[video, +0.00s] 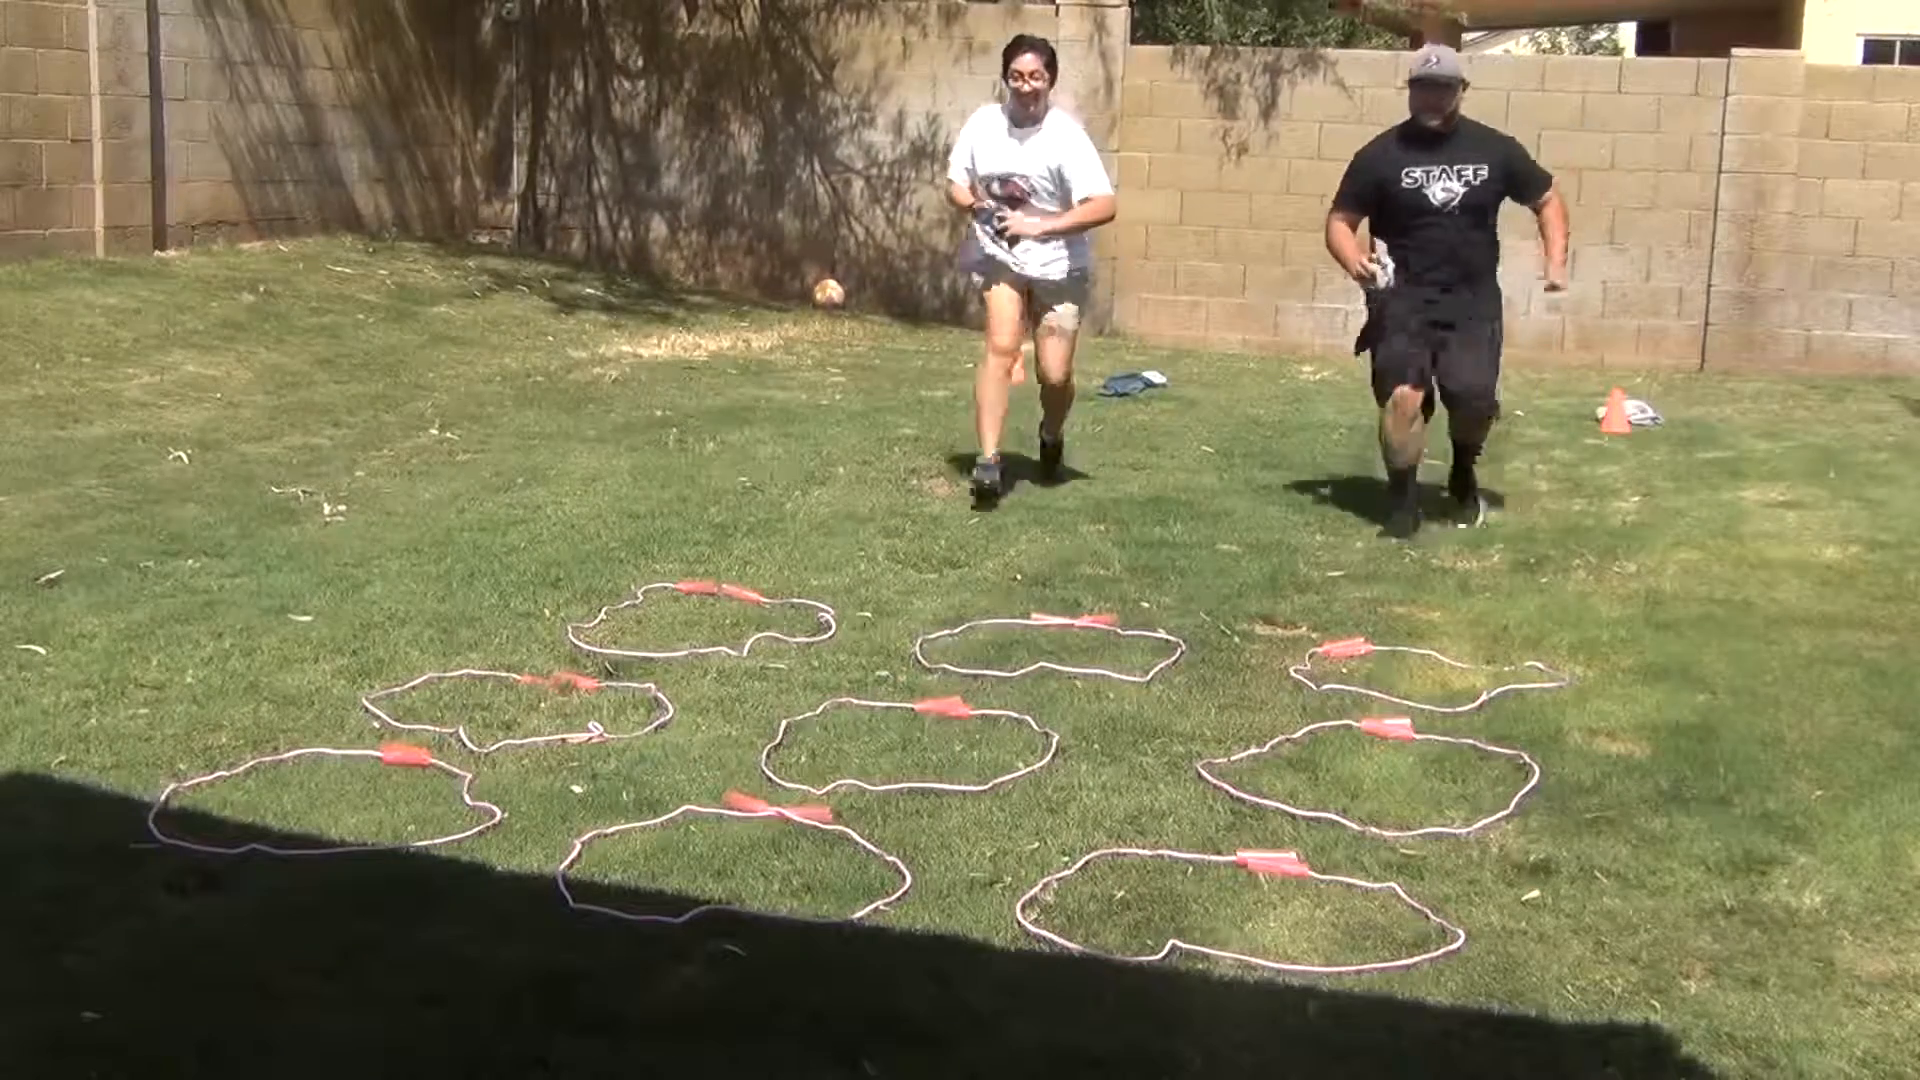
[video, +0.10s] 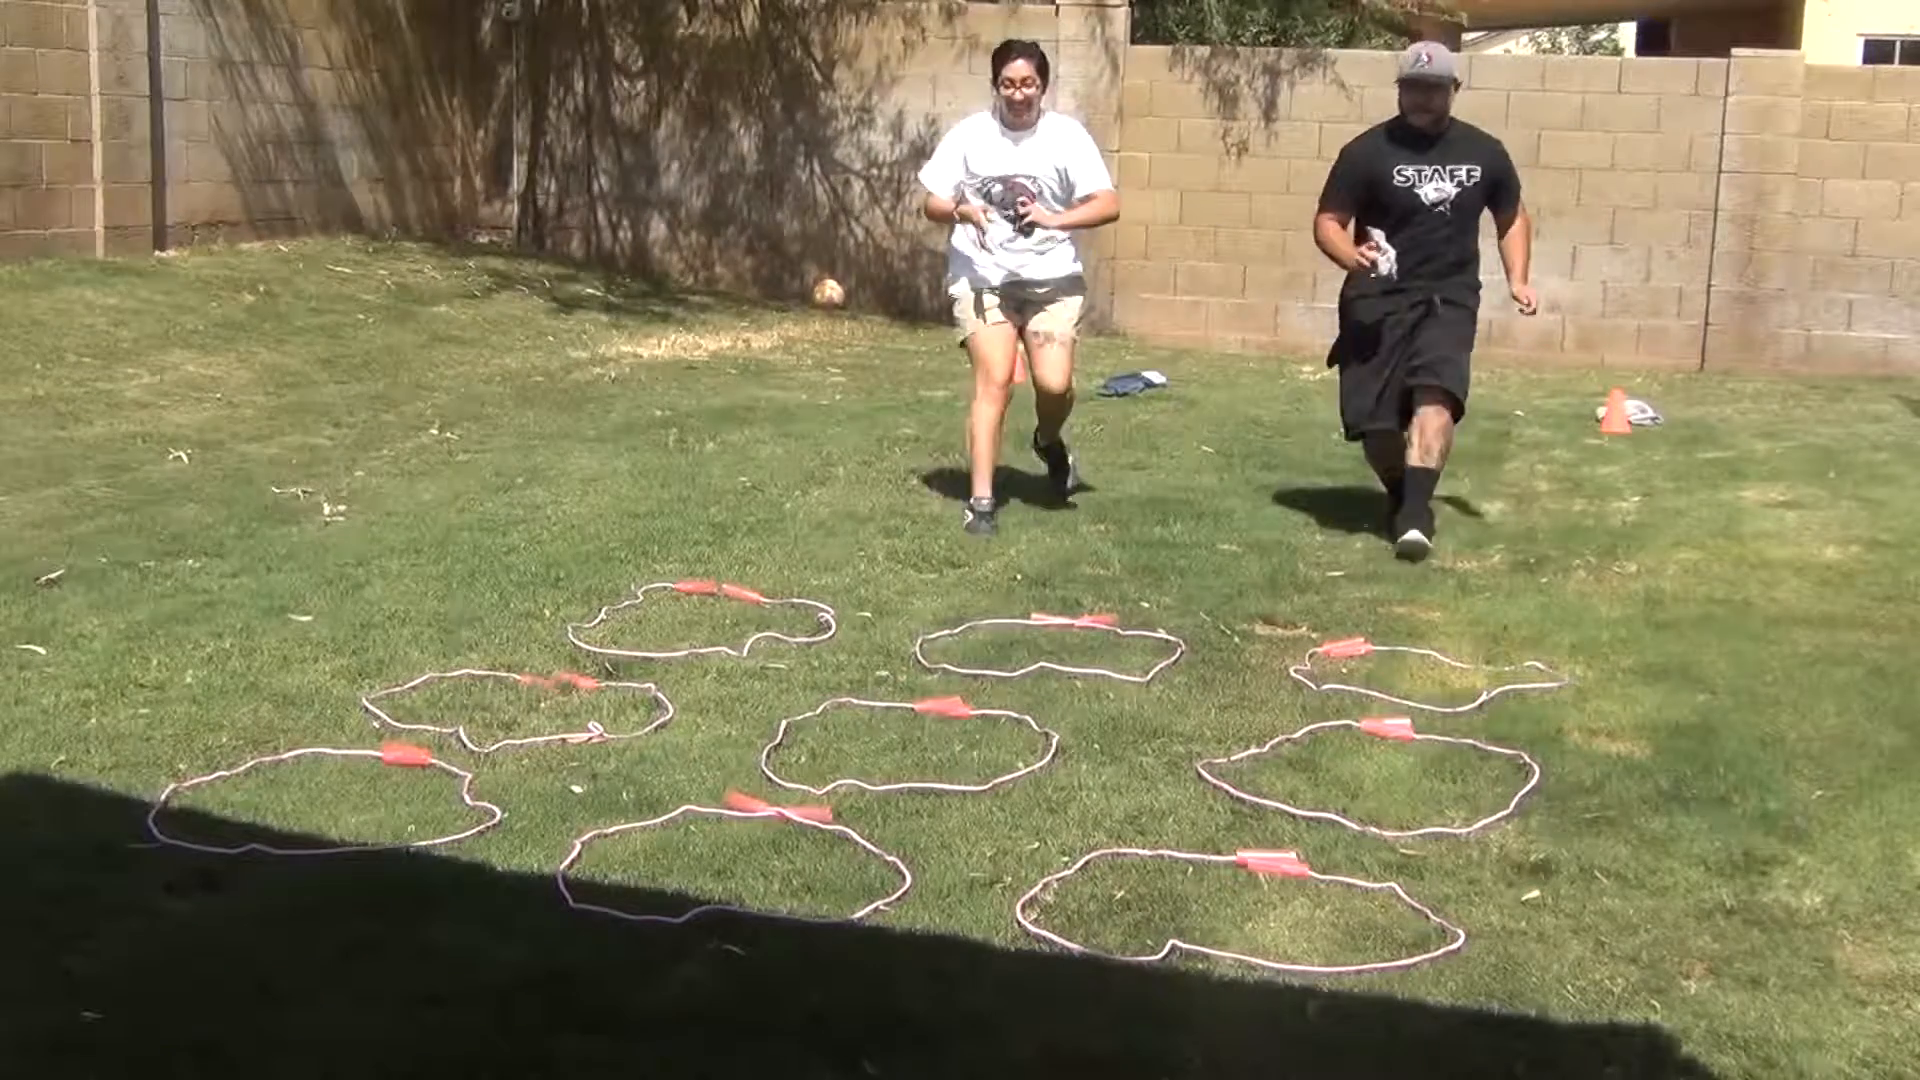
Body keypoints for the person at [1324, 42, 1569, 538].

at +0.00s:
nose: (1433, 98)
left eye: (1443, 88)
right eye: (1424, 87)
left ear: (1461, 92)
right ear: (1409, 90)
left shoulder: (1497, 151)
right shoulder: (1379, 156)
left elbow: (1547, 198)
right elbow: (1340, 222)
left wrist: (1556, 259)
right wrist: (1353, 259)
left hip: (1472, 298)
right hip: (1403, 297)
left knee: (1474, 400)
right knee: (1403, 395)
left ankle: (1464, 473)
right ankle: (1402, 500)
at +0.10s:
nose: (1423, 99)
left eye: (1435, 89)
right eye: (1414, 88)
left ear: (1453, 91)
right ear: (1399, 88)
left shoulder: (1484, 155)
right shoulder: (1364, 153)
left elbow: (1511, 216)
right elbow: (1327, 221)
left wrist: (1518, 278)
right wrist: (1349, 255)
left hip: (1447, 297)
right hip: (1374, 299)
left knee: (1436, 395)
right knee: (1376, 433)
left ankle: (1416, 517)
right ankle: (1404, 497)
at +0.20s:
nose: (1408, 103)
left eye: (1420, 93)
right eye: (1399, 91)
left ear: (1438, 97)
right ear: (1383, 94)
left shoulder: (1468, 160)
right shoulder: (1346, 156)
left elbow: (1490, 222)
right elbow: (1302, 227)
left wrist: (1489, 291)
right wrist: (1334, 257)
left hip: (1425, 314)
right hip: (1349, 314)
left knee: (1409, 419)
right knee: (1350, 428)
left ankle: (1384, 545)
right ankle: (1365, 489)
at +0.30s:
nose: (1380, 123)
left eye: (1392, 113)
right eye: (1371, 112)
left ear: (1413, 117)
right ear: (1357, 113)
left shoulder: (1445, 175)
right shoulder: (1322, 179)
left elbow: (1475, 249)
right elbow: (1284, 255)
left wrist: (1480, 321)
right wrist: (1305, 280)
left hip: (1406, 329)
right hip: (1331, 325)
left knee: (1406, 434)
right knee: (1310, 432)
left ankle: (1384, 536)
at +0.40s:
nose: (1347, 141)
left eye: (1359, 130)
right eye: (1336, 130)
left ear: (1381, 130)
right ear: (1322, 130)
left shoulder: (1417, 180)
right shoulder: (1298, 193)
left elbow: (1448, 249)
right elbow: (1250, 277)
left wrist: (1458, 325)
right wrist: (1258, 285)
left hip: (1387, 338)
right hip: (1308, 334)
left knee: (1415, 443)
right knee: (1286, 430)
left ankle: (1380, 539)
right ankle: (1244, 550)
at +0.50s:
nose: (1316, 170)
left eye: (1329, 158)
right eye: (1305, 158)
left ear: (1351, 159)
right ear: (1290, 160)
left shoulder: (1384, 198)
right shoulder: (1277, 213)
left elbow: (1419, 266)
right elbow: (1241, 267)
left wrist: (1437, 338)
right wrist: (1204, 306)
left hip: (1359, 355)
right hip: (1286, 353)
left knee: (1411, 451)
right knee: (1282, 441)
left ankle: (1365, 531)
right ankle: (1232, 573)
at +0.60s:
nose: (1307, 188)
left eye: (1321, 177)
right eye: (1297, 176)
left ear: (1345, 174)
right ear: (1282, 172)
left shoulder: (1378, 208)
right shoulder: (1260, 223)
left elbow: (1403, 280)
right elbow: (1209, 298)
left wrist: (1412, 357)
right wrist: (1193, 351)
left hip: (1336, 352)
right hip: (1265, 352)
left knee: (1393, 452)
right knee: (1272, 445)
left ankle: (1320, 530)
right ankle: (1231, 573)